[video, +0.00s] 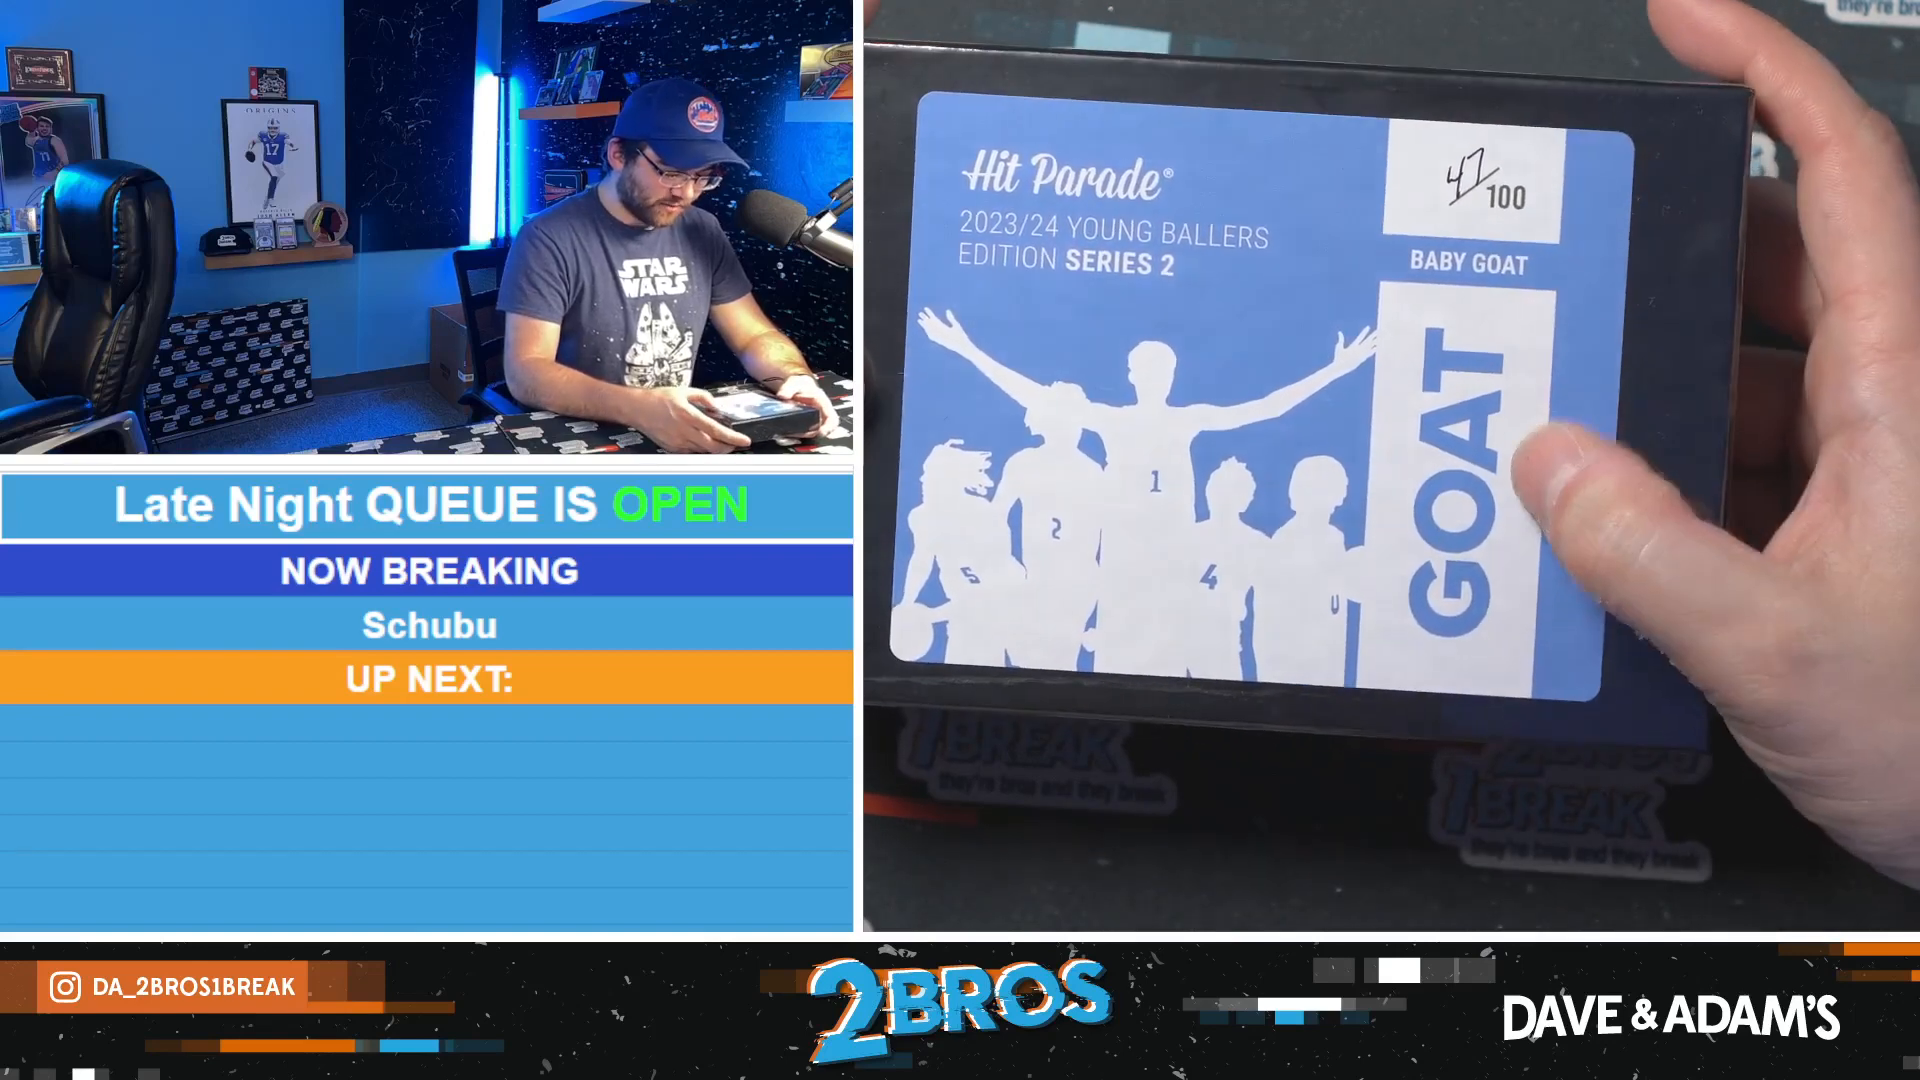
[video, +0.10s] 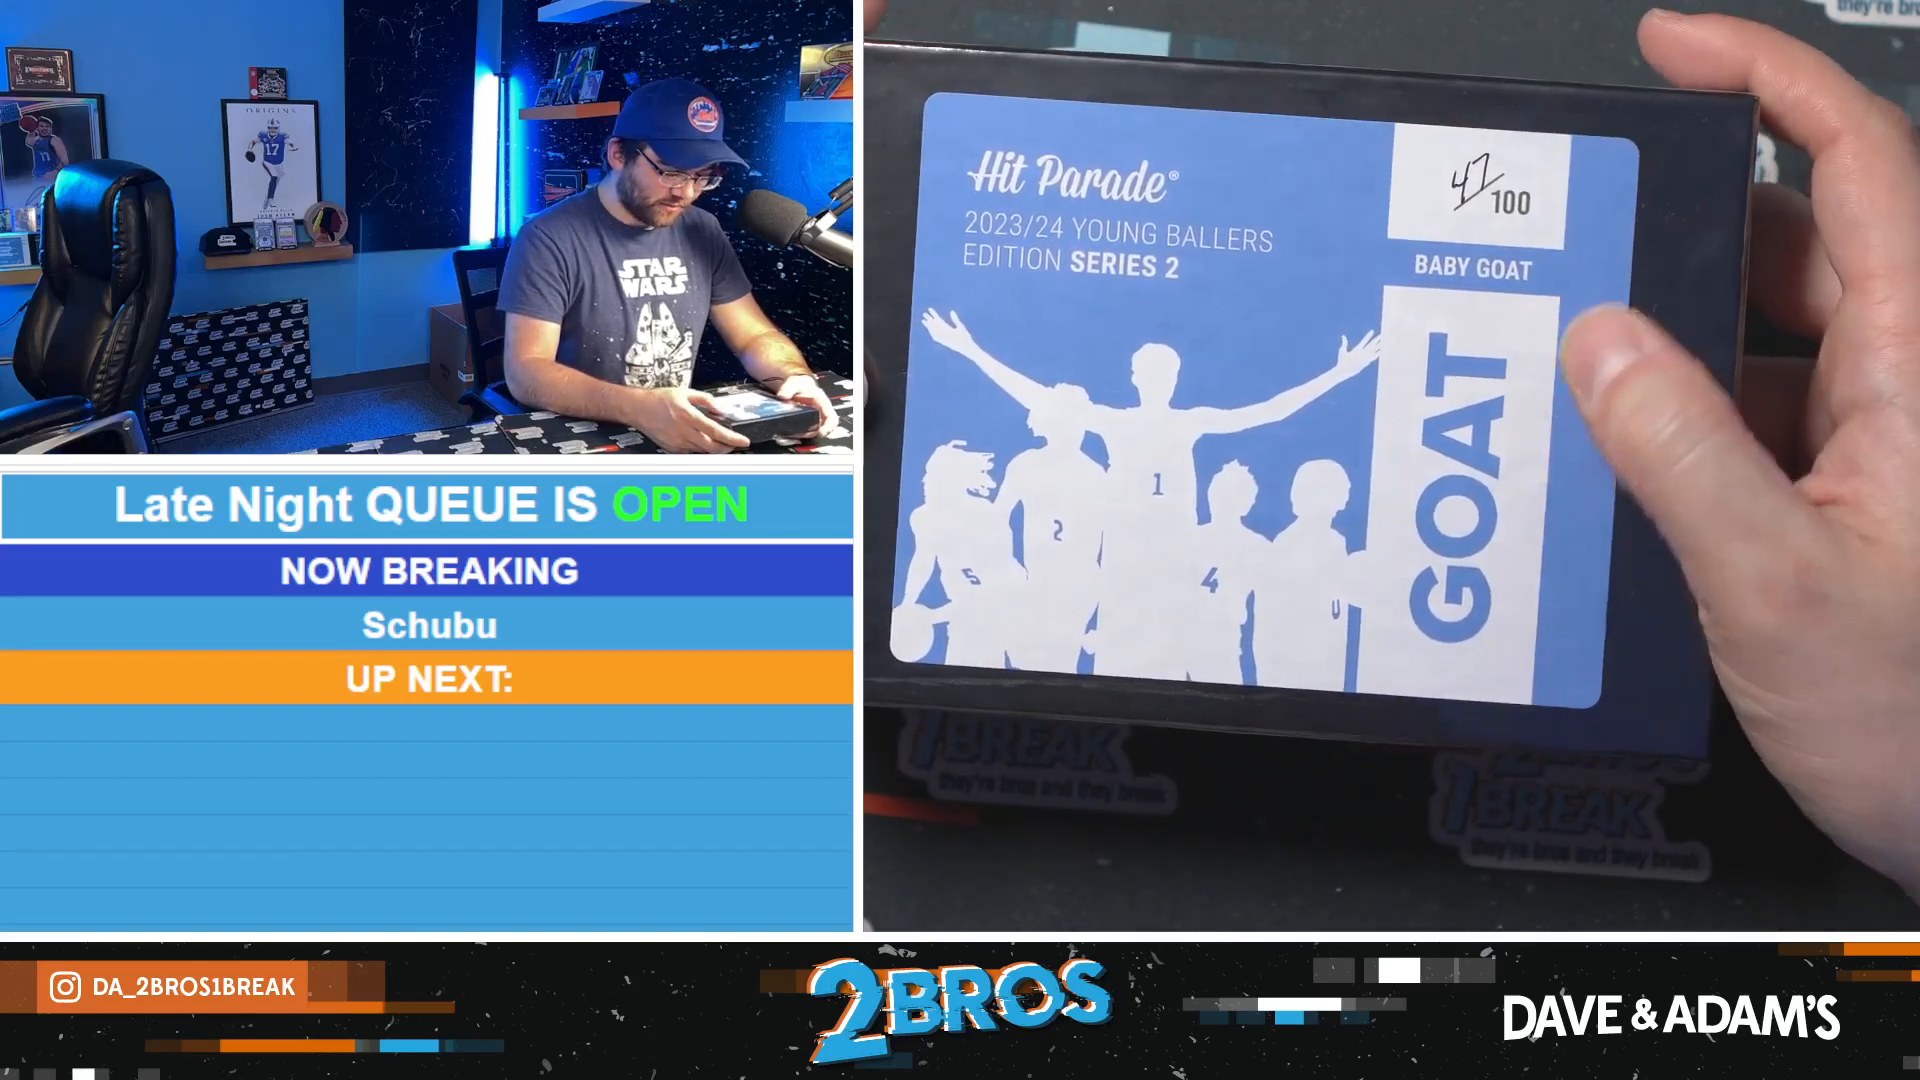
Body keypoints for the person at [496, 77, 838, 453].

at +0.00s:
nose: (686, 192)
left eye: (701, 175)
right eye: (670, 170)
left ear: (715, 171)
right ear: (618, 155)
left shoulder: (701, 232)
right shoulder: (553, 237)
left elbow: (756, 335)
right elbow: (528, 373)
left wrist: (795, 375)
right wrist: (641, 408)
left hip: (680, 460)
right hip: (576, 464)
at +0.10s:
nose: (686, 192)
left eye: (701, 175)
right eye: (671, 171)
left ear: (714, 171)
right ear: (618, 155)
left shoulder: (701, 232)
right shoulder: (552, 237)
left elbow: (755, 335)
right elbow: (527, 372)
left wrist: (795, 375)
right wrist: (642, 407)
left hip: (681, 459)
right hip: (578, 464)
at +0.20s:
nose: (686, 192)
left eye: (702, 174)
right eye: (671, 170)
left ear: (715, 171)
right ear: (618, 156)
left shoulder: (701, 232)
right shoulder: (552, 237)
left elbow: (755, 335)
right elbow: (527, 372)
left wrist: (794, 375)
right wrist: (639, 408)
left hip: (681, 460)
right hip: (576, 465)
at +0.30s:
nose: (686, 193)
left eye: (702, 175)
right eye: (671, 171)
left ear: (714, 171)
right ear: (618, 156)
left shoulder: (701, 232)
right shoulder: (551, 237)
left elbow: (755, 335)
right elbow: (527, 372)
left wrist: (794, 376)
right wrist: (639, 407)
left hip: (680, 460)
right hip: (576, 465)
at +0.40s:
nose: (688, 191)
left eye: (703, 174)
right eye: (671, 170)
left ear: (715, 171)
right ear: (618, 156)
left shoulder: (702, 232)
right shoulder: (552, 237)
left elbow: (756, 335)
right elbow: (528, 373)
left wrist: (795, 375)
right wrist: (640, 408)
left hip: (680, 460)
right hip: (576, 465)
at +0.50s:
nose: (688, 190)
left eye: (703, 173)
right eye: (671, 169)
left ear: (715, 170)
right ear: (618, 156)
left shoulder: (702, 232)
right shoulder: (553, 237)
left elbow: (756, 335)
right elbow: (528, 373)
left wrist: (795, 375)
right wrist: (640, 407)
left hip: (681, 458)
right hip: (577, 464)